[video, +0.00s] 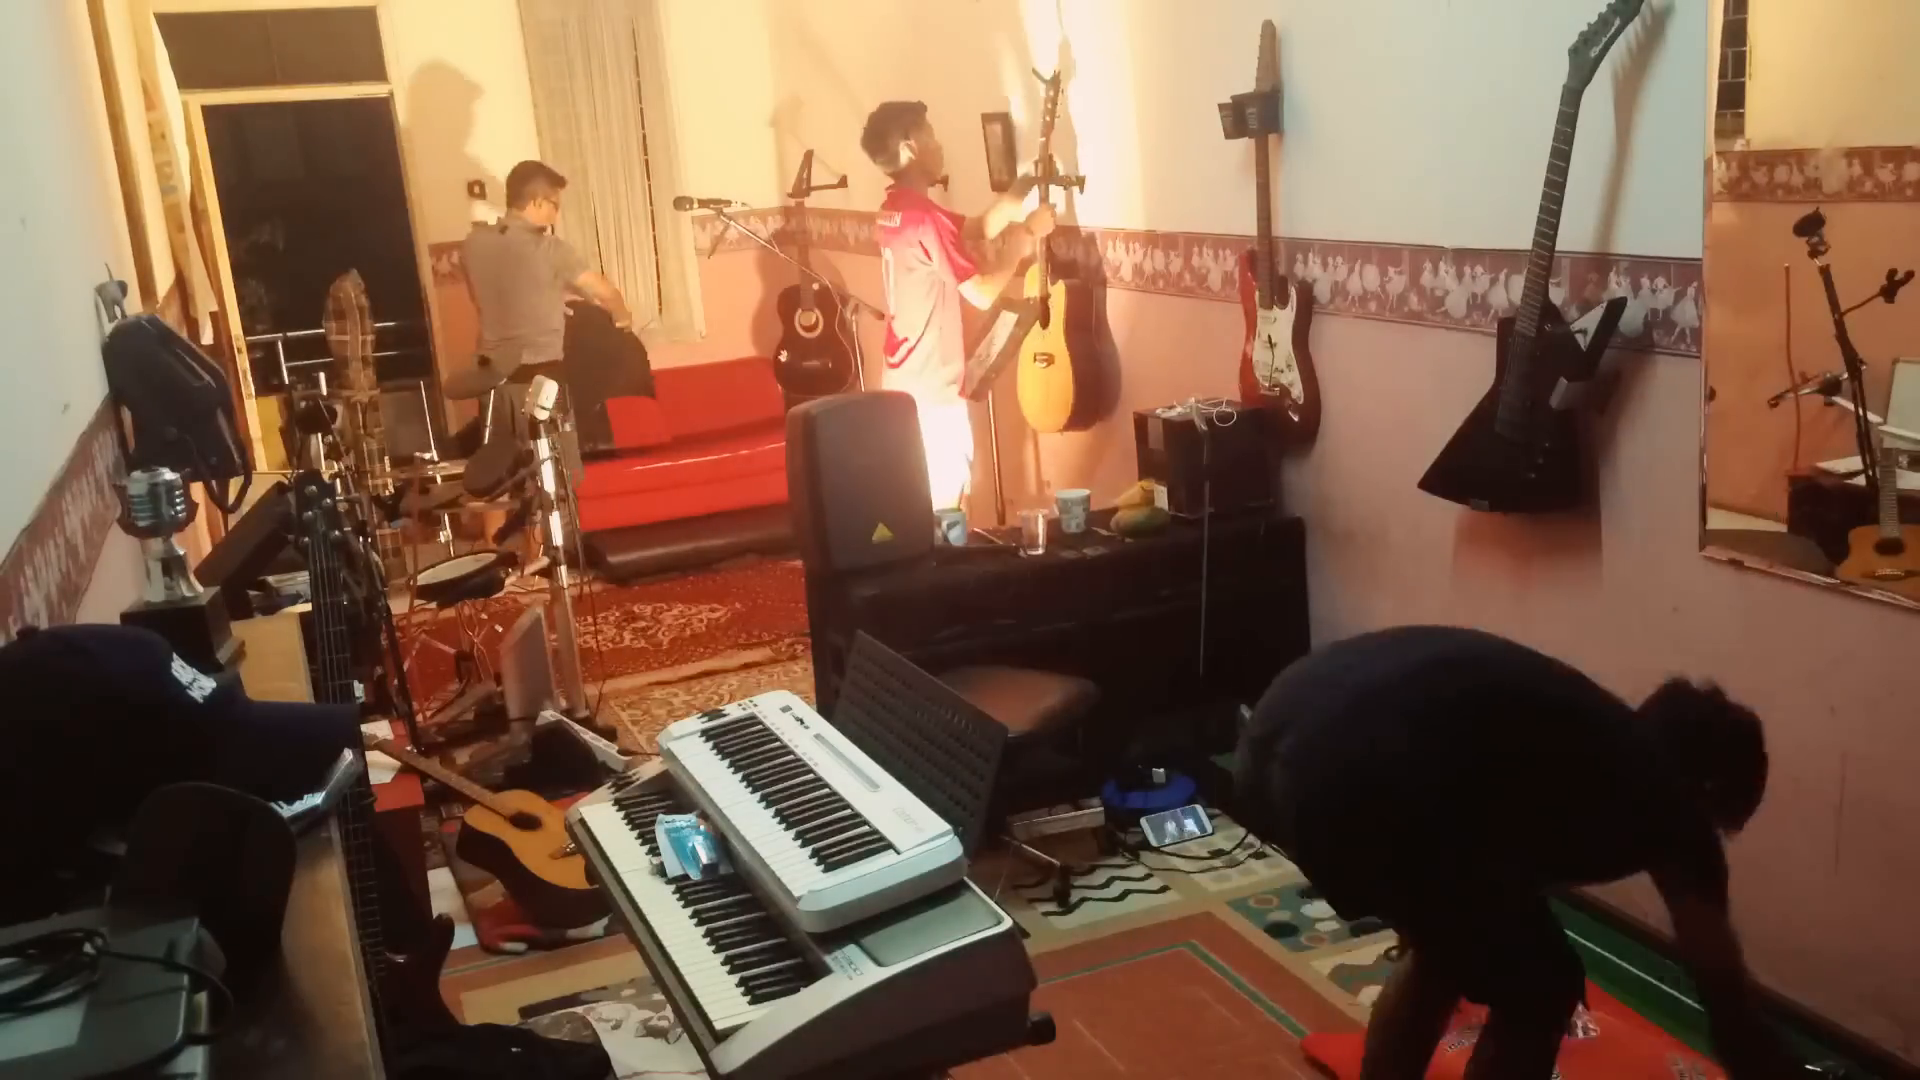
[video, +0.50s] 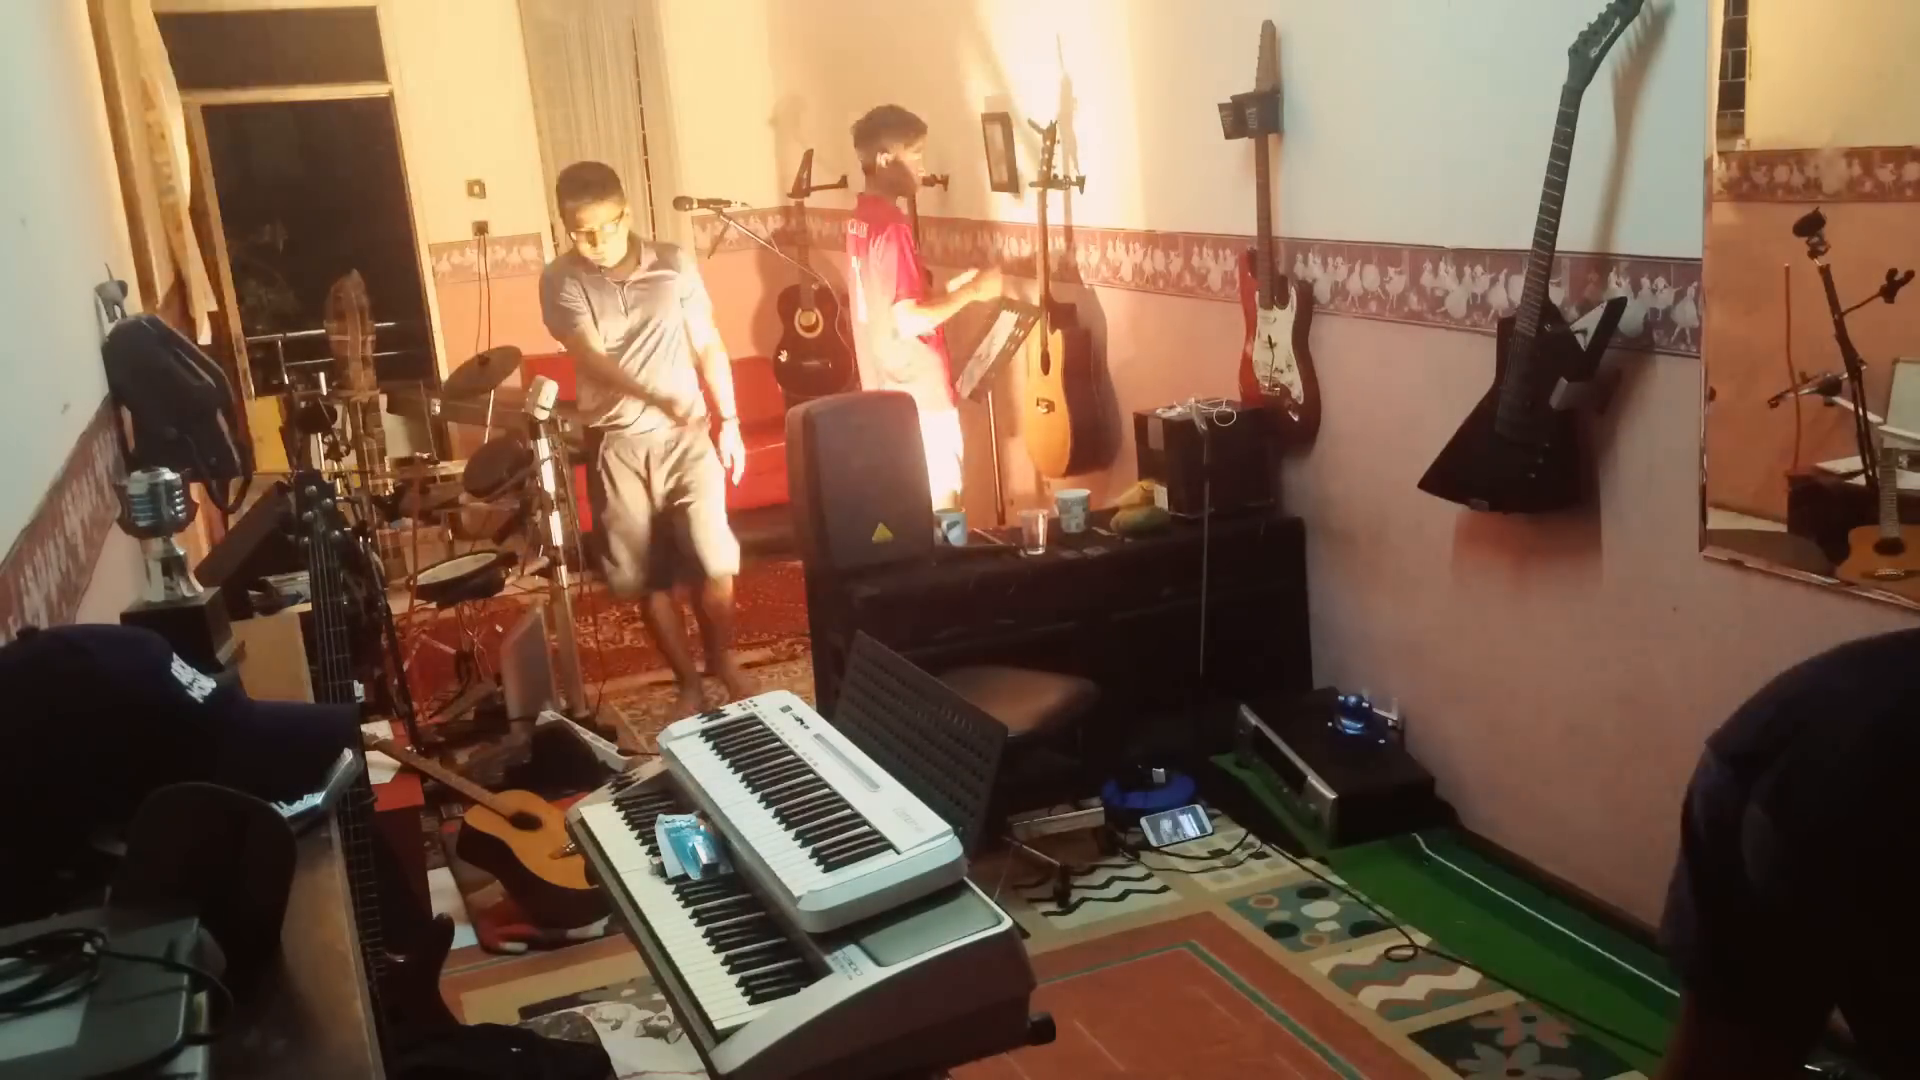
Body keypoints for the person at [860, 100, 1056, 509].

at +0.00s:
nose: (939, 146)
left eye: (934, 136)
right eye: (931, 137)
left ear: (899, 153)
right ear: (909, 148)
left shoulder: (895, 210)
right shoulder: (925, 217)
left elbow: (976, 231)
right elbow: (981, 292)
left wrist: (1020, 187)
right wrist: (1025, 236)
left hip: (906, 379)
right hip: (936, 384)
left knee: (924, 489)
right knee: (948, 490)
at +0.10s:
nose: (935, 145)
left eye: (930, 135)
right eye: (926, 137)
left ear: (893, 154)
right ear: (903, 149)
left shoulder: (880, 215)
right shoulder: (925, 222)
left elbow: (945, 272)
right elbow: (974, 302)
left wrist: (993, 226)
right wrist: (1031, 259)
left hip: (896, 387)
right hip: (934, 393)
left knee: (909, 506)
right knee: (944, 505)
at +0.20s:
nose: (926, 163)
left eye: (924, 150)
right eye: (921, 149)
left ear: (884, 154)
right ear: (893, 153)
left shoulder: (865, 216)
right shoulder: (898, 224)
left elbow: (891, 294)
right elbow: (921, 315)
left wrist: (953, 276)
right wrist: (969, 284)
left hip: (881, 381)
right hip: (916, 386)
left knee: (903, 491)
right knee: (942, 489)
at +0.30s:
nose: (889, 166)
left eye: (887, 156)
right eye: (889, 157)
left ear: (839, 161)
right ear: (883, 163)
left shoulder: (834, 226)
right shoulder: (880, 230)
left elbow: (859, 300)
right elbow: (902, 320)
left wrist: (925, 280)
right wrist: (946, 287)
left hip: (861, 391)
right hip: (903, 393)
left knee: (884, 500)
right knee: (940, 495)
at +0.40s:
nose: (902, 164)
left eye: (900, 152)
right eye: (895, 151)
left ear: (861, 161)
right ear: (863, 159)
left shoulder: (841, 223)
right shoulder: (878, 227)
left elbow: (865, 305)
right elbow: (896, 319)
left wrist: (932, 285)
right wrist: (945, 296)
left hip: (863, 389)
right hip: (902, 391)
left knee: (888, 499)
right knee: (941, 494)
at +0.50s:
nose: (923, 166)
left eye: (921, 152)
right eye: (915, 153)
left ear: (881, 160)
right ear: (885, 159)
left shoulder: (864, 217)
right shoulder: (890, 226)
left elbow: (890, 304)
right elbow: (909, 319)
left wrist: (954, 288)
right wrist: (973, 291)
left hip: (887, 389)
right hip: (921, 393)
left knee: (907, 503)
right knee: (942, 504)